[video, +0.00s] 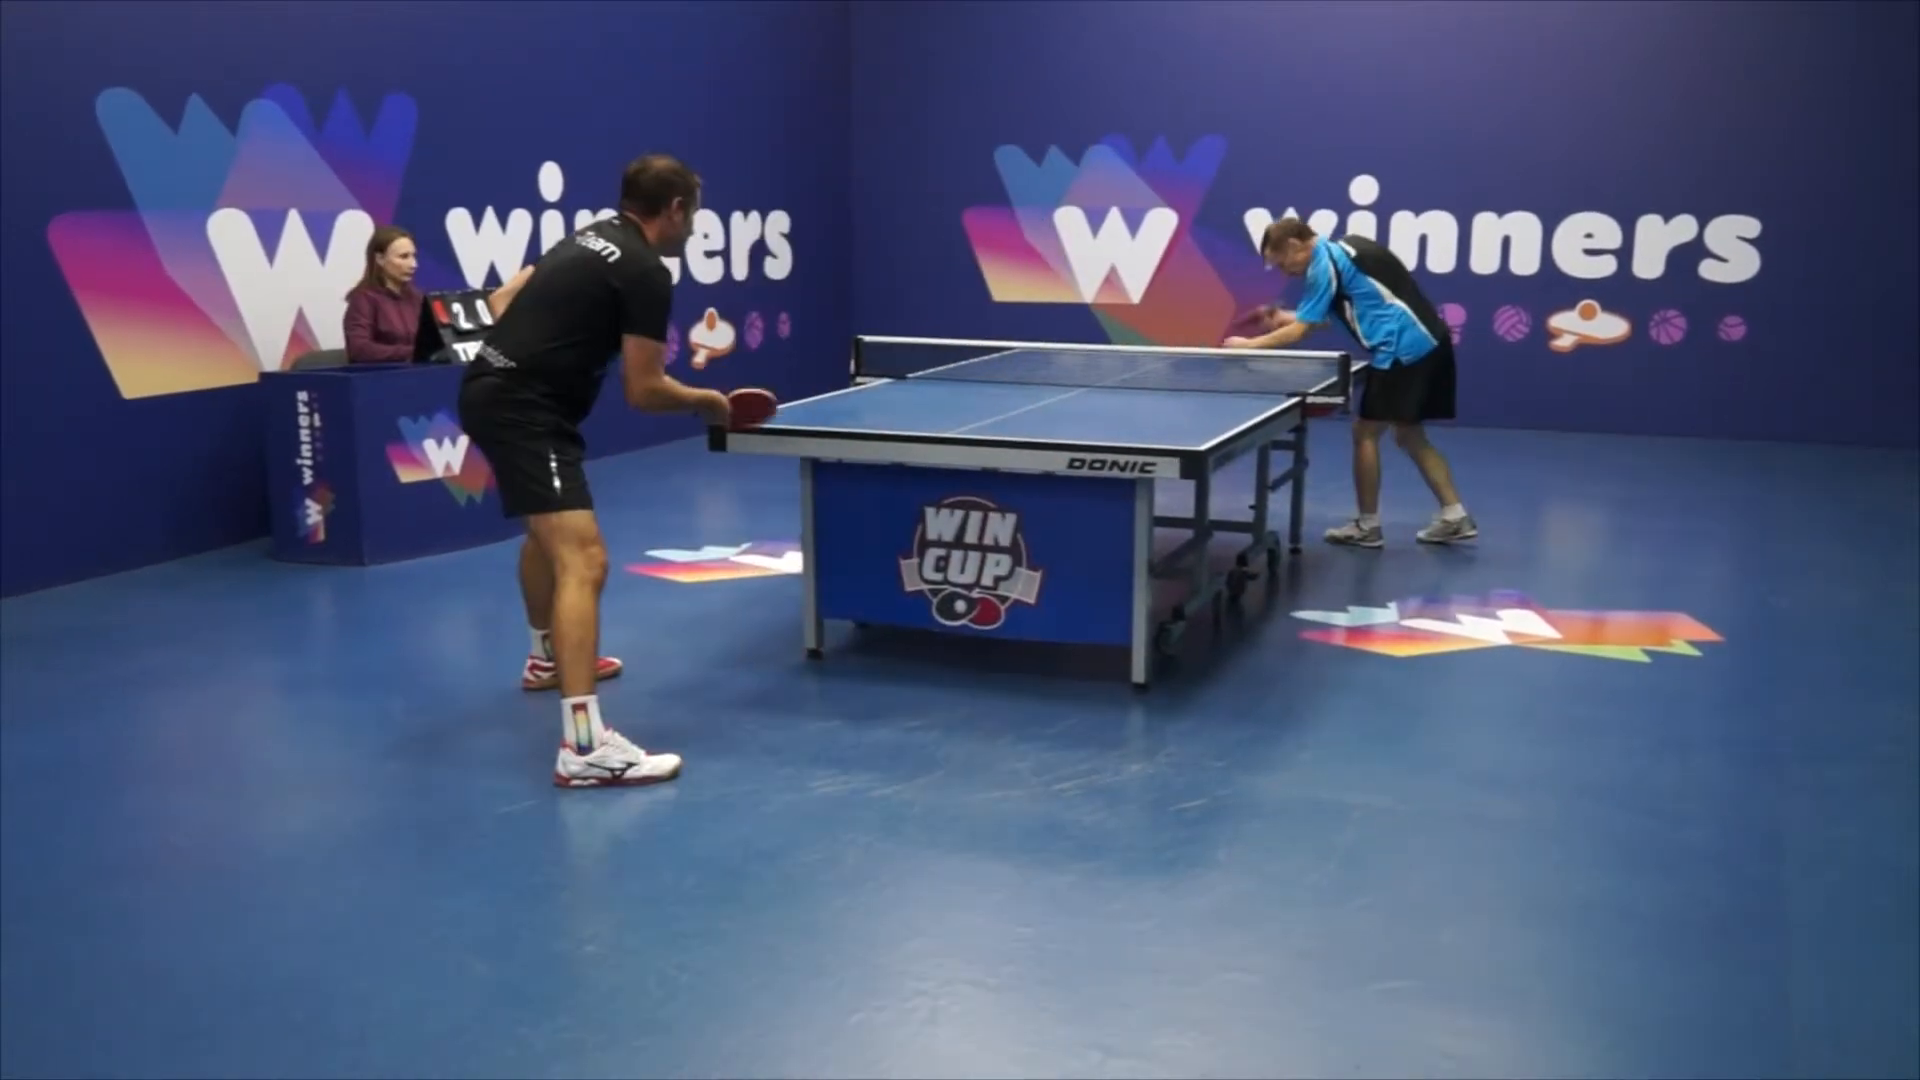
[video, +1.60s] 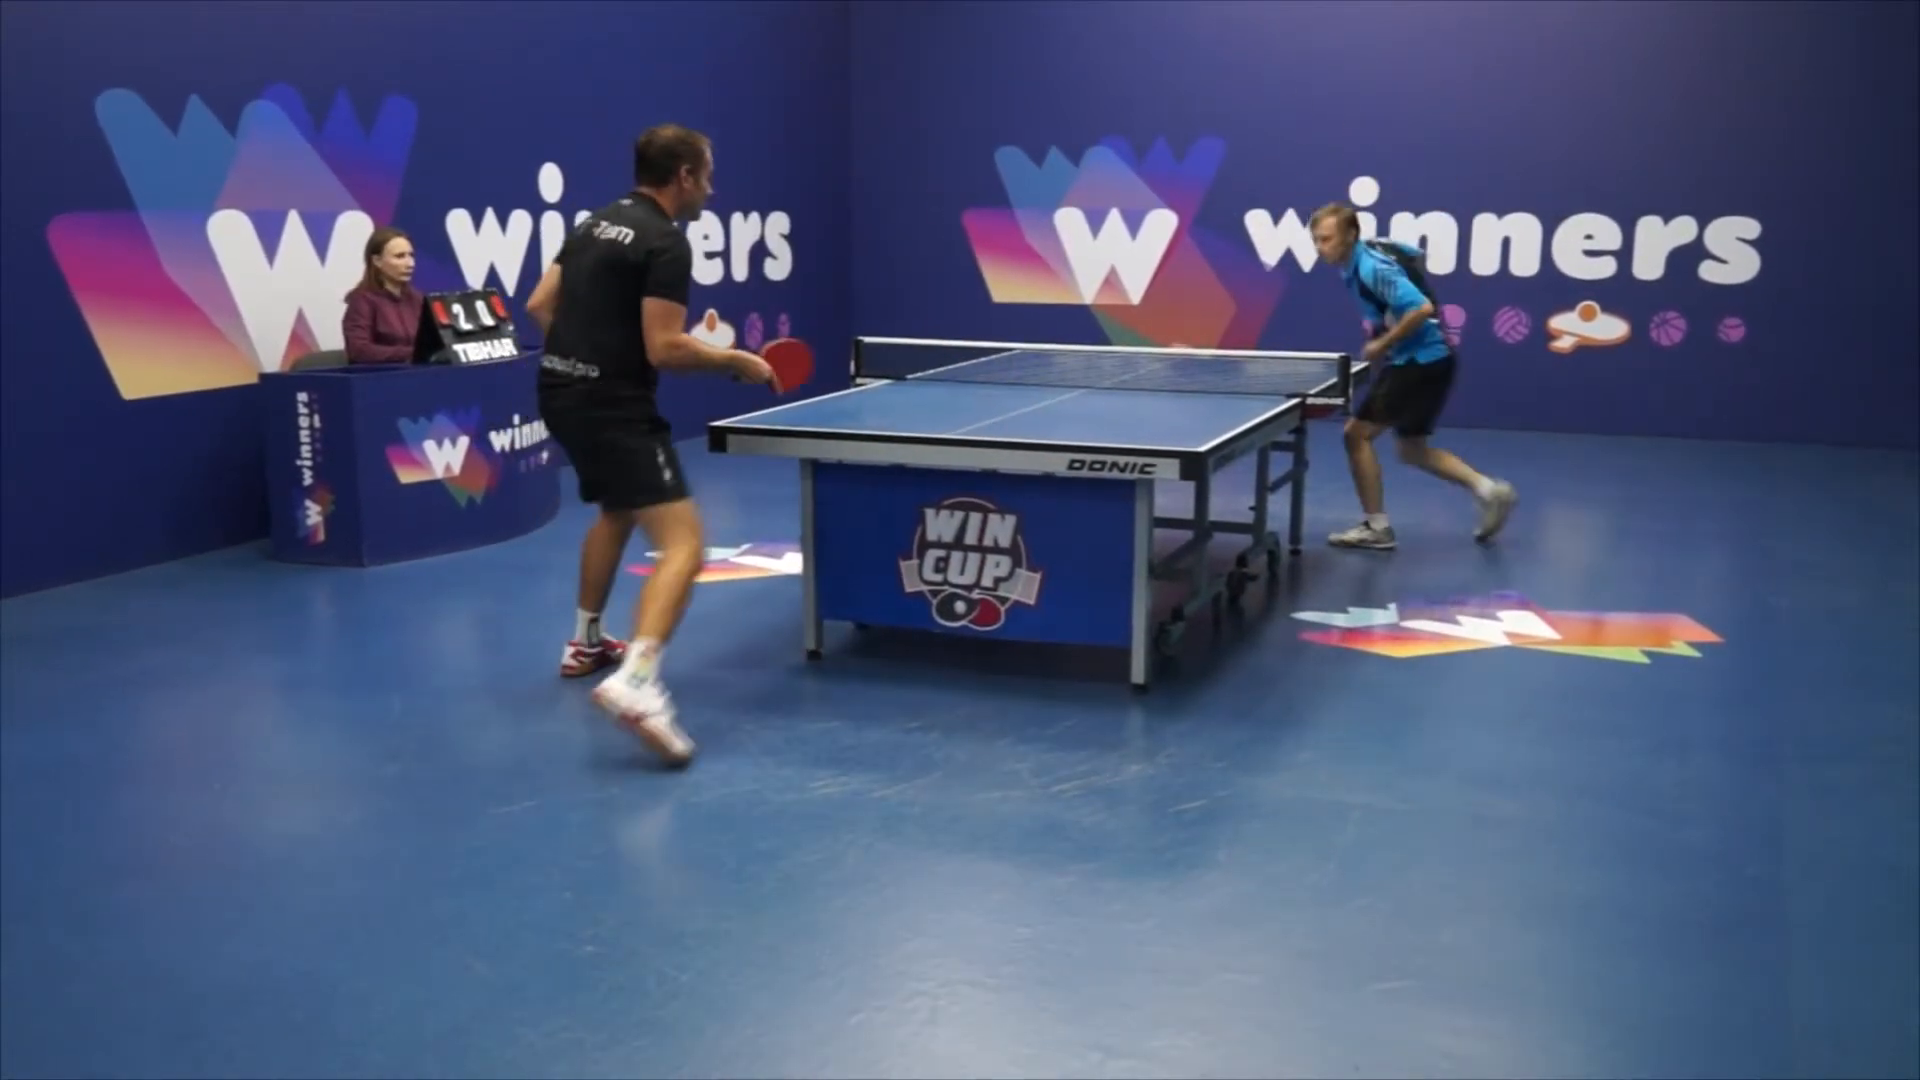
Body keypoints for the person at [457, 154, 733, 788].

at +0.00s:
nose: (691, 225)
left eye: (691, 214)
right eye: (690, 214)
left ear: (633, 205)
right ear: (670, 211)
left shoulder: (594, 237)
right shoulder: (646, 271)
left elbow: (501, 300)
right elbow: (645, 389)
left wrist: (547, 352)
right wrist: (709, 400)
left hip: (493, 393)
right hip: (525, 404)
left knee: (545, 532)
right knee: (583, 562)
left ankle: (548, 654)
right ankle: (584, 741)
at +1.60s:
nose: (711, 188)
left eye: (710, 175)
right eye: (708, 176)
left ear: (649, 175)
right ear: (683, 177)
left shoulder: (595, 221)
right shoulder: (665, 243)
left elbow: (541, 305)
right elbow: (664, 347)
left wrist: (600, 343)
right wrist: (735, 359)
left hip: (561, 388)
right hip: (614, 396)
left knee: (618, 509)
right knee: (683, 541)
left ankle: (585, 641)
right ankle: (637, 679)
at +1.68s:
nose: (720, 194)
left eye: (720, 181)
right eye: (716, 181)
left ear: (665, 175)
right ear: (691, 178)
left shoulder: (610, 217)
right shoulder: (670, 237)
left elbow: (552, 298)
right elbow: (671, 341)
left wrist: (627, 334)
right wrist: (739, 356)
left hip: (566, 385)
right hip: (616, 391)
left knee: (624, 505)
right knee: (713, 521)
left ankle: (585, 637)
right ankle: (669, 667)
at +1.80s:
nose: (736, 211)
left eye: (739, 200)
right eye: (737, 198)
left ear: (685, 179)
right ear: (717, 185)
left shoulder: (628, 214)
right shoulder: (691, 232)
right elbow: (698, 336)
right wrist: (745, 345)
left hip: (570, 375)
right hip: (623, 382)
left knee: (619, 505)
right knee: (729, 506)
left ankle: (584, 642)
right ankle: (750, 659)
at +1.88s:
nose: (751, 224)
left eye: (754, 213)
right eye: (754, 212)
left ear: (702, 184)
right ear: (740, 199)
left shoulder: (635, 218)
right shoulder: (718, 243)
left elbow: (570, 292)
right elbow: (746, 346)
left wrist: (627, 318)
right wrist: (717, 330)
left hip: (578, 372)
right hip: (640, 383)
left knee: (613, 508)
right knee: (742, 508)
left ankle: (583, 640)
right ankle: (789, 650)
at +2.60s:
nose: (715, 172)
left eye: (714, 160)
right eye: (714, 161)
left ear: (646, 161)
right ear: (698, 162)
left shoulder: (594, 216)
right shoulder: (707, 230)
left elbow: (535, 309)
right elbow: (711, 345)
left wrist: (569, 367)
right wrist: (756, 348)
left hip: (571, 397)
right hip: (649, 400)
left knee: (562, 549)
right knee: (737, 538)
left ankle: (531, 700)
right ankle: (757, 699)